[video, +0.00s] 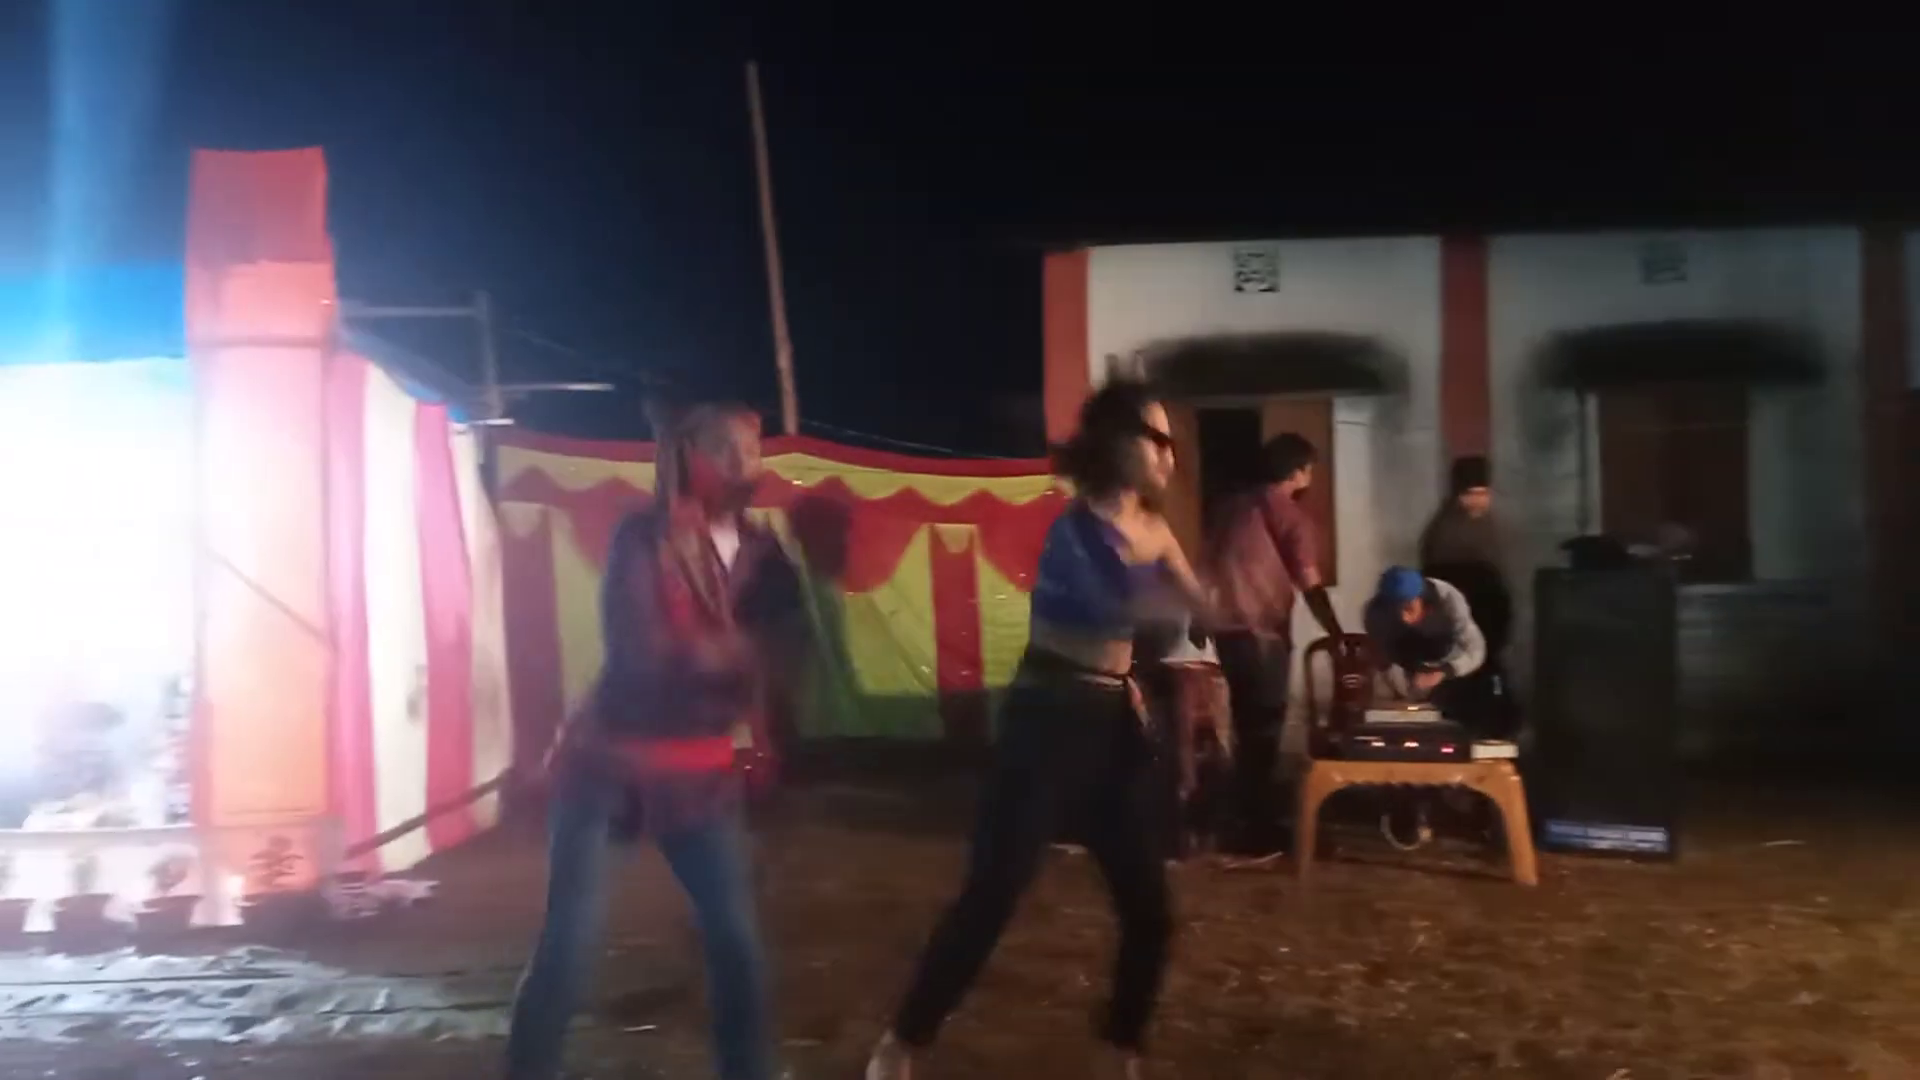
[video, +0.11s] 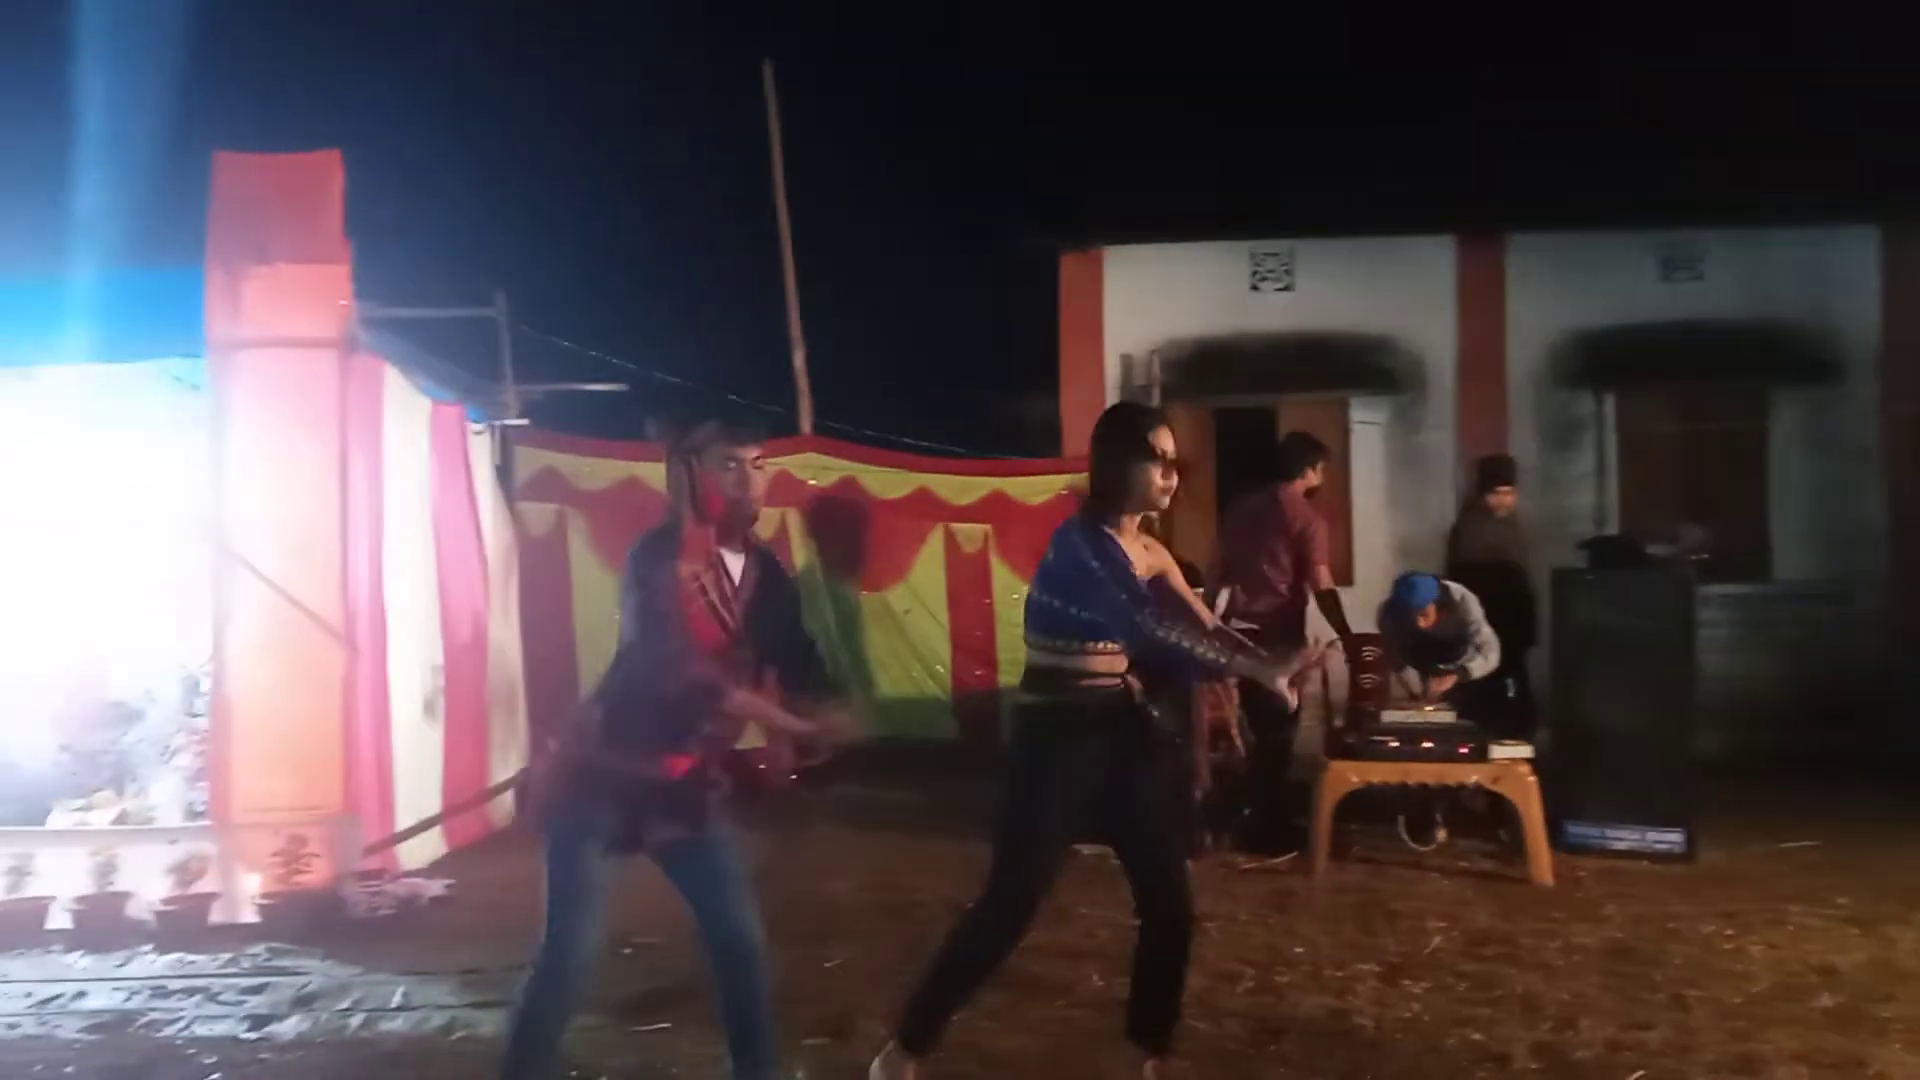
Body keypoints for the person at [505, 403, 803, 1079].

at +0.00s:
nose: (753, 467)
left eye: (755, 452)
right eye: (737, 452)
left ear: (752, 460)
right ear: (695, 459)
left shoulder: (761, 548)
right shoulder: (645, 537)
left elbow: (792, 651)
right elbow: (636, 653)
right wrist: (739, 660)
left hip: (698, 775)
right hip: (607, 772)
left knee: (740, 951)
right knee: (569, 954)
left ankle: (750, 1069)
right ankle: (528, 1068)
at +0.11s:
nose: (749, 482)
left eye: (753, 466)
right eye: (730, 466)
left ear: (759, 476)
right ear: (686, 477)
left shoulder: (768, 574)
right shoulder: (659, 558)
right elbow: (678, 673)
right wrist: (789, 724)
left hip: (682, 788)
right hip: (595, 780)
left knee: (742, 946)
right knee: (571, 958)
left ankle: (758, 1070)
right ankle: (525, 1069)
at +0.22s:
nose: (767, 465)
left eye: (771, 450)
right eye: (749, 449)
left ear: (774, 462)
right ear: (704, 461)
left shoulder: (772, 547)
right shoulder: (673, 531)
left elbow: (832, 609)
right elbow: (700, 608)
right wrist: (828, 628)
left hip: (668, 755)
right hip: (581, 746)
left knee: (730, 921)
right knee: (555, 924)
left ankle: (761, 1069)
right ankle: (524, 1069)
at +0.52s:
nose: (757, 463)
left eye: (762, 448)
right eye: (737, 448)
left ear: (770, 462)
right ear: (697, 463)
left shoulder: (792, 559)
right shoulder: (648, 560)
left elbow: (807, 671)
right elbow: (635, 689)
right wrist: (744, 706)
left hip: (739, 778)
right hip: (645, 778)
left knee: (792, 927)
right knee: (604, 945)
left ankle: (781, 1064)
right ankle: (546, 1068)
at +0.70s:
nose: (764, 418)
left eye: (773, 404)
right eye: (750, 402)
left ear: (781, 412)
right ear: (709, 405)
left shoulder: (805, 485)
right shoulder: (657, 496)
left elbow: (863, 575)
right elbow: (586, 600)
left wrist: (774, 548)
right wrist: (600, 565)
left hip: (798, 715)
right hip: (701, 719)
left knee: (820, 872)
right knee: (667, 883)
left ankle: (816, 1033)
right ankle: (611, 1038)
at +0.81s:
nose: (774, 420)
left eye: (780, 405)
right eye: (758, 404)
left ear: (786, 407)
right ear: (715, 403)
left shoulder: (807, 471)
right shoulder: (659, 492)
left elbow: (905, 537)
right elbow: (594, 597)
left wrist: (785, 527)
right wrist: (592, 533)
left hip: (817, 698)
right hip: (725, 710)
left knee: (855, 863)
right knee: (706, 877)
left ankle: (883, 1039)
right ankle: (703, 1042)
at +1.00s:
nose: (783, 484)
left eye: (791, 469)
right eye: (768, 468)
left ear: (798, 470)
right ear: (730, 470)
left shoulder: (827, 547)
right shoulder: (702, 557)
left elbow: (860, 652)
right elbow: (635, 640)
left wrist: (775, 679)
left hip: (844, 759)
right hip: (762, 770)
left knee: (896, 912)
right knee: (755, 940)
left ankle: (953, 1055)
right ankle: (769, 1066)